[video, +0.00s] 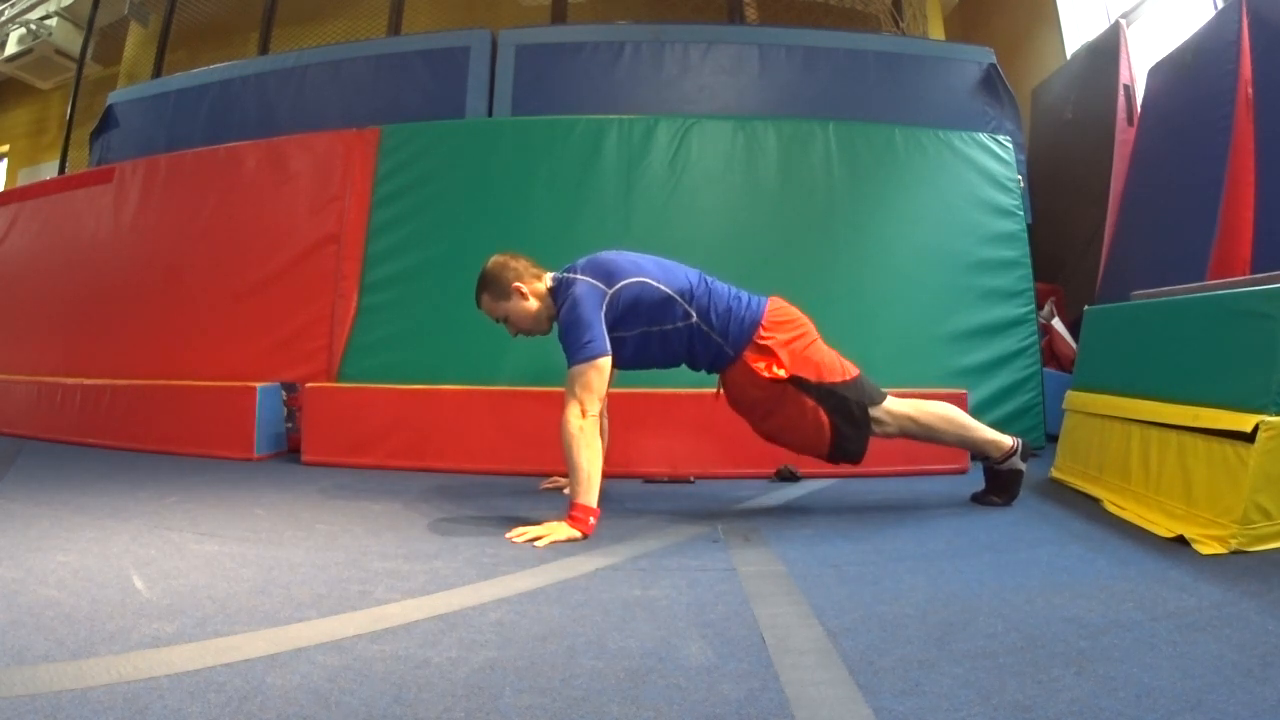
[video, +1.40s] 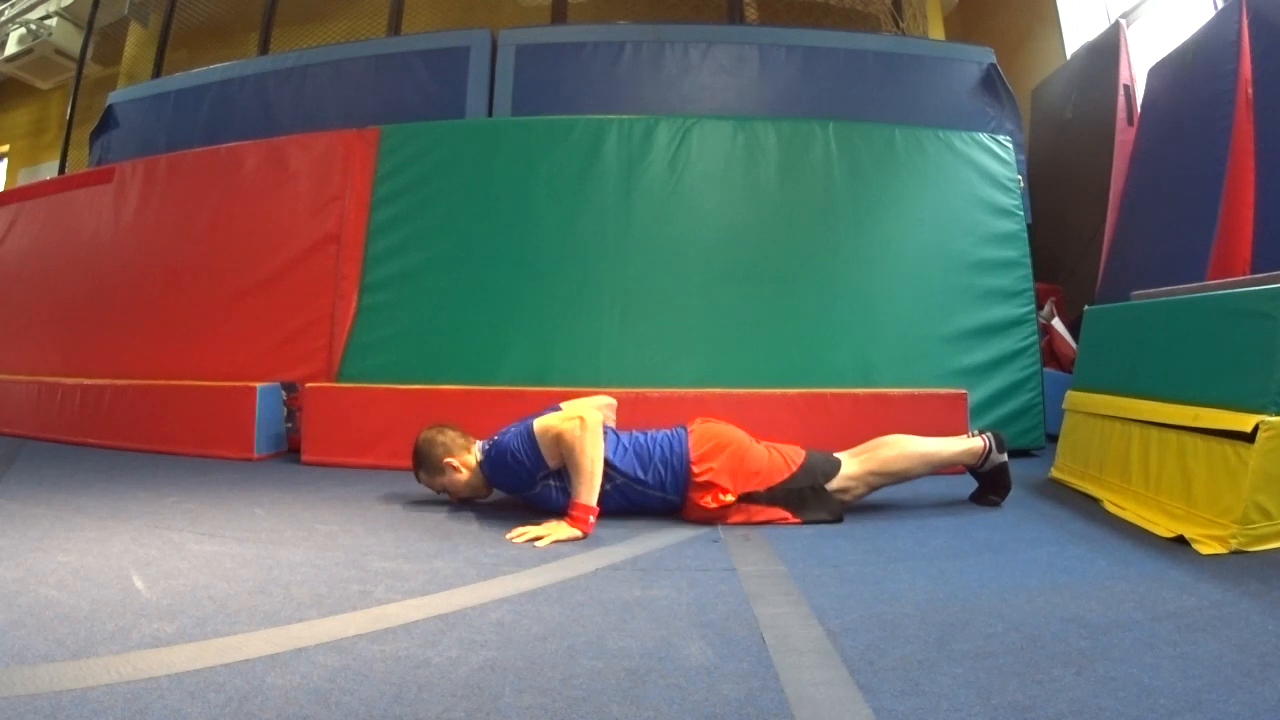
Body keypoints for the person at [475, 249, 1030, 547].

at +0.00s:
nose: (513, 331)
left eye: (506, 320)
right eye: (504, 324)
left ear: (525, 290)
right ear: (529, 286)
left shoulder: (583, 297)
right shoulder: (578, 291)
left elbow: (582, 411)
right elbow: (593, 403)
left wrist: (581, 517)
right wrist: (580, 476)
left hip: (766, 333)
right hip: (738, 365)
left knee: (876, 411)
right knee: (843, 444)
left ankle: (1004, 447)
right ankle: (955, 419)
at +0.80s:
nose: (480, 365)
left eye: (475, 354)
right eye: (473, 358)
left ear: (491, 325)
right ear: (494, 321)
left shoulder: (545, 332)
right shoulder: (544, 325)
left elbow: (604, 415)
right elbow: (599, 404)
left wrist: (585, 514)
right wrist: (582, 476)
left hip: (738, 366)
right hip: (716, 395)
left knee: (854, 428)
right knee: (814, 462)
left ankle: (991, 446)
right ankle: (964, 441)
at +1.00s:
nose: (453, 444)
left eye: (446, 437)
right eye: (446, 439)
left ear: (461, 417)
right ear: (464, 408)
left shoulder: (522, 406)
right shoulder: (508, 406)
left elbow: (604, 431)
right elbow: (595, 420)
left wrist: (579, 520)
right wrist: (583, 475)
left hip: (711, 422)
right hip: (696, 454)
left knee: (845, 457)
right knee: (804, 497)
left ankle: (979, 447)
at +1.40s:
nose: (446, 495)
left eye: (440, 487)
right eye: (440, 489)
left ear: (453, 464)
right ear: (460, 459)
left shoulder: (505, 453)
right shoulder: (514, 461)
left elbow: (581, 425)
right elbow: (597, 408)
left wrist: (578, 517)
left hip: (700, 454)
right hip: (693, 485)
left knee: (841, 478)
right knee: (830, 487)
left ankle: (977, 448)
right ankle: (961, 450)